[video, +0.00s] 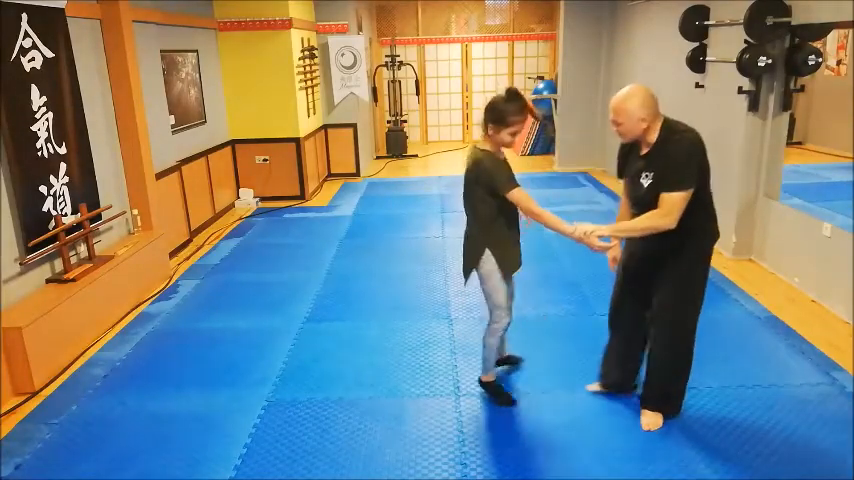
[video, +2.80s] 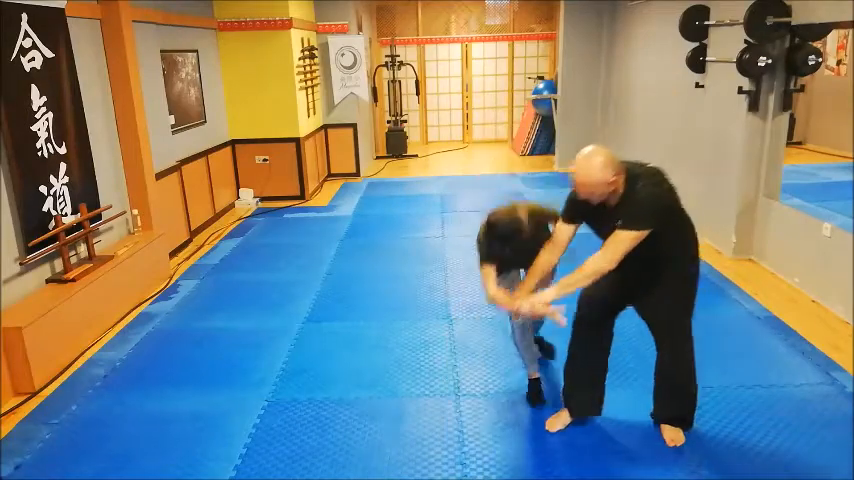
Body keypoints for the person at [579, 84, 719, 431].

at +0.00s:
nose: (615, 129)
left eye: (620, 123)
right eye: (613, 122)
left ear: (646, 120)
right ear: (633, 120)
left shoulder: (683, 145)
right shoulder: (630, 146)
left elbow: (669, 217)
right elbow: (628, 201)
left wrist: (606, 231)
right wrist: (617, 241)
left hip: (686, 244)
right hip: (645, 238)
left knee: (671, 321)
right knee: (626, 307)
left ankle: (658, 402)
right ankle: (617, 379)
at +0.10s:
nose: (622, 118)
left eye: (627, 112)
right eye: (621, 111)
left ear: (653, 112)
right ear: (647, 112)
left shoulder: (688, 143)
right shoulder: (637, 143)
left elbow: (674, 214)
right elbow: (633, 199)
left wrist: (611, 227)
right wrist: (621, 239)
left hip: (687, 245)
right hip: (649, 239)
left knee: (669, 317)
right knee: (632, 307)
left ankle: (661, 400)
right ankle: (641, 372)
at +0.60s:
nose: (658, 95)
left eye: (665, 89)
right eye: (659, 88)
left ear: (688, 95)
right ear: (685, 95)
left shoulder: (699, 137)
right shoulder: (686, 123)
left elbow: (659, 198)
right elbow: (670, 177)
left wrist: (608, 225)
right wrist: (647, 212)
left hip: (695, 237)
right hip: (677, 228)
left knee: (669, 311)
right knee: (687, 302)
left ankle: (659, 400)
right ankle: (697, 370)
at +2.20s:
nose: (652, 128)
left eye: (658, 121)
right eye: (651, 121)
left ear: (684, 116)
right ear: (673, 116)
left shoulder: (717, 148)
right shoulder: (661, 144)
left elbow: (672, 212)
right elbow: (626, 181)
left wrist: (611, 214)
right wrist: (592, 194)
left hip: (707, 253)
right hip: (666, 245)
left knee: (691, 333)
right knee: (647, 309)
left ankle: (673, 414)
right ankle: (680, 366)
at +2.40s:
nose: (640, 143)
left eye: (647, 137)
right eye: (639, 136)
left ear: (676, 133)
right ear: (640, 130)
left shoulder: (710, 157)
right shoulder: (642, 156)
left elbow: (663, 223)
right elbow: (605, 195)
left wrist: (600, 228)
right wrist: (573, 218)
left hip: (701, 261)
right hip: (653, 250)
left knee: (692, 344)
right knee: (615, 311)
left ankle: (673, 419)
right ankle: (623, 380)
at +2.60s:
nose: (616, 166)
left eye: (624, 162)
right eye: (614, 159)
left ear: (651, 155)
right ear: (613, 149)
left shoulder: (685, 170)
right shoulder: (618, 169)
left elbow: (640, 238)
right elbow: (584, 217)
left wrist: (575, 258)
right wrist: (547, 253)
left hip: (688, 266)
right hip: (640, 258)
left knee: (686, 344)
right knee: (606, 319)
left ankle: (672, 418)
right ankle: (574, 399)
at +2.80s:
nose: (582, 197)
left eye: (588, 192)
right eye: (578, 189)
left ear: (614, 182)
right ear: (576, 177)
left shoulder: (648, 192)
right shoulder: (581, 194)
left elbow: (607, 259)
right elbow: (554, 246)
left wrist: (546, 297)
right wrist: (522, 293)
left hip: (670, 265)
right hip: (624, 262)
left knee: (673, 334)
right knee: (591, 310)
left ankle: (671, 417)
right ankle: (578, 406)